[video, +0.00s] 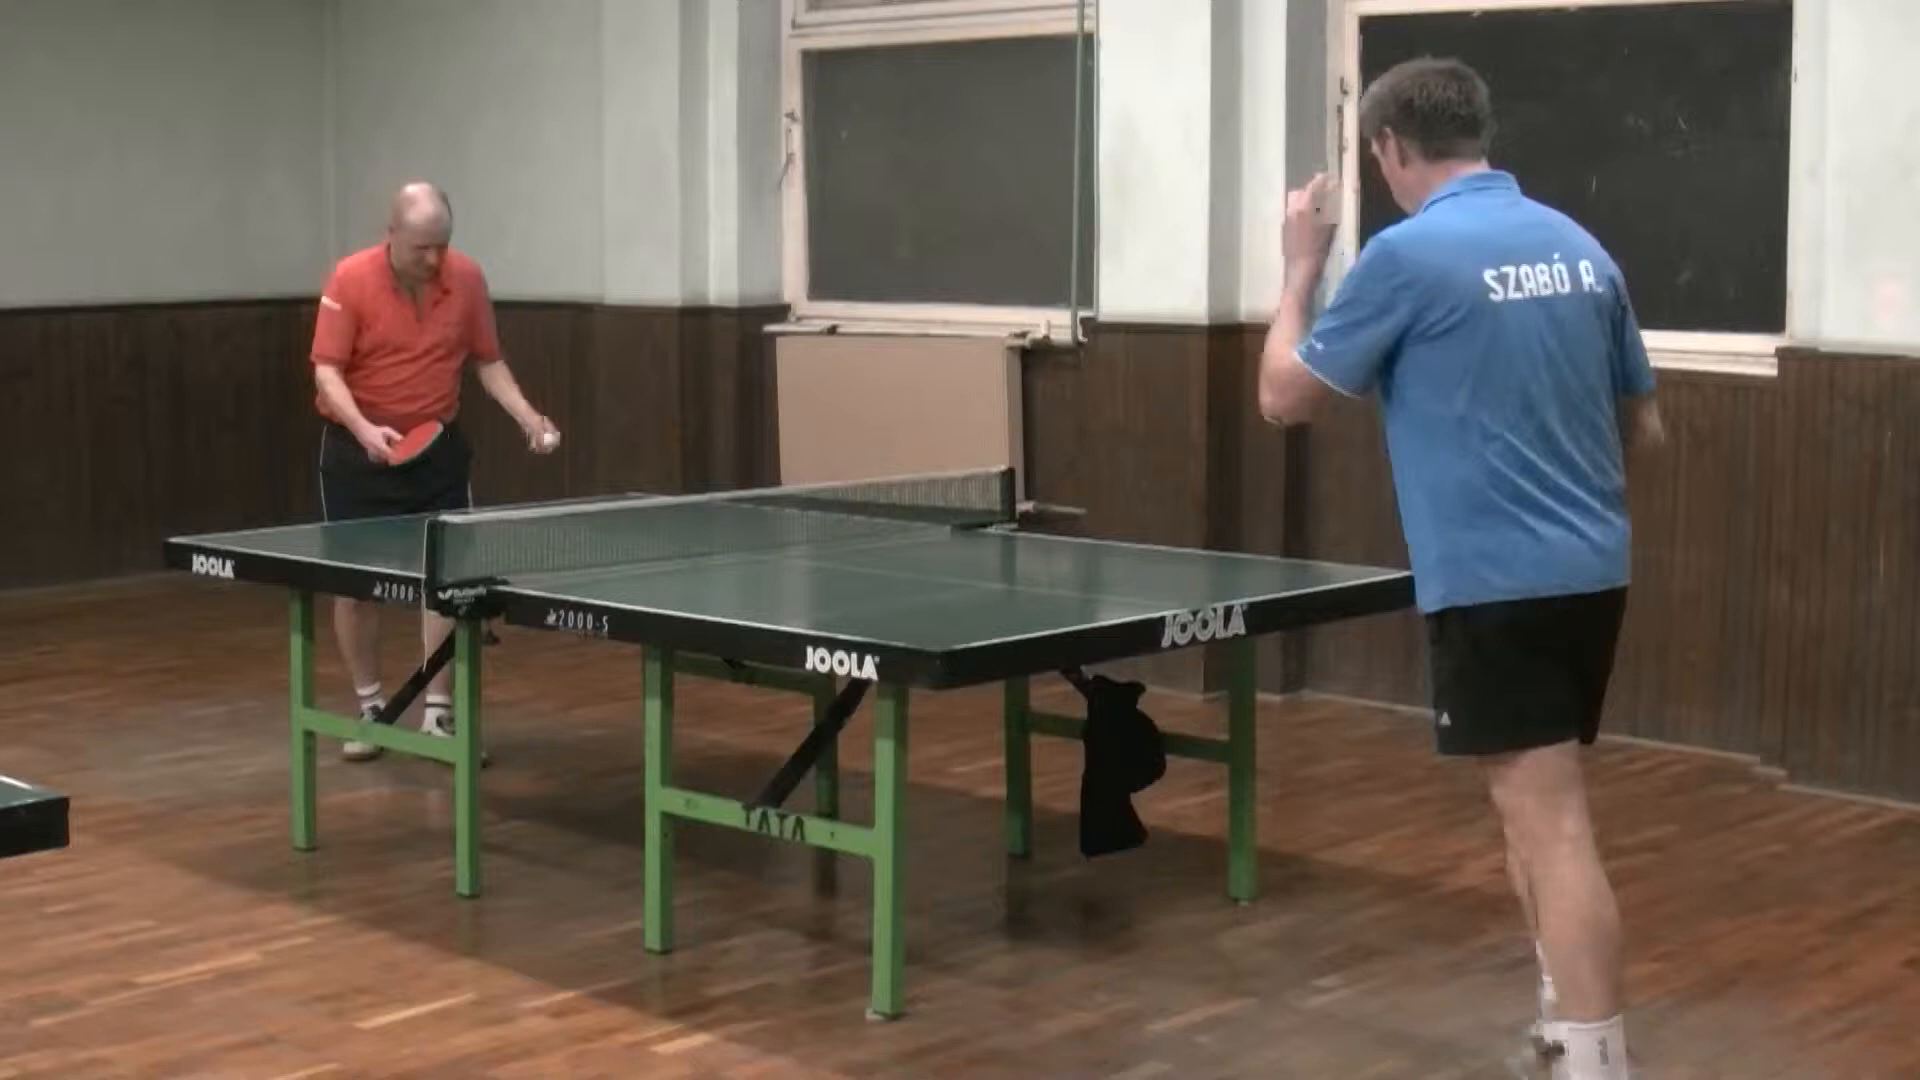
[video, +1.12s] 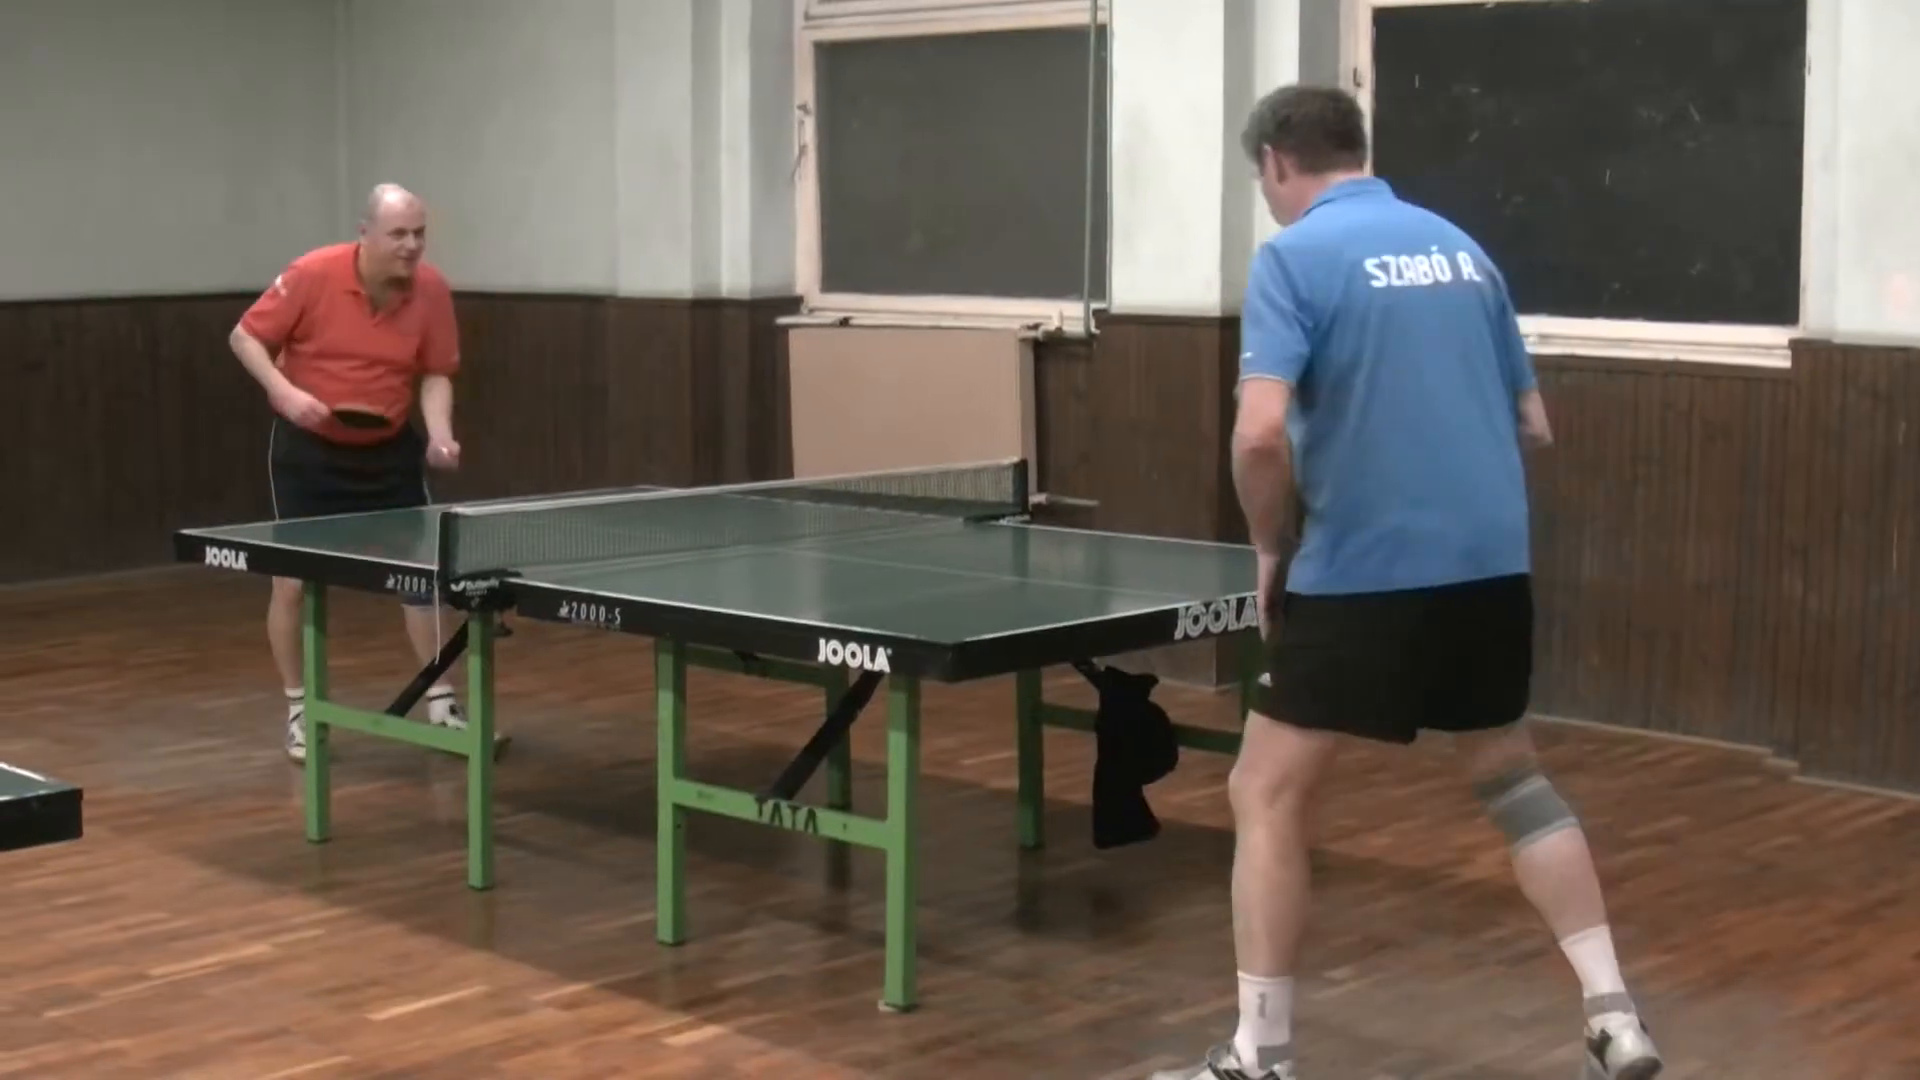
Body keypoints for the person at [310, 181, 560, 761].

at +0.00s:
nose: (434, 258)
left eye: (441, 246)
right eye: (422, 247)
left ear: (450, 236)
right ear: (391, 235)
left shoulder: (465, 277)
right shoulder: (351, 280)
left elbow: (489, 362)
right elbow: (326, 373)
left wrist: (529, 417)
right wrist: (364, 429)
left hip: (438, 450)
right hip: (360, 451)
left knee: (444, 581)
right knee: (354, 582)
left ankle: (438, 711)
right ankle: (370, 709)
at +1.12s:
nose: (412, 245)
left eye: (419, 233)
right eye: (399, 235)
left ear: (425, 235)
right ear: (365, 235)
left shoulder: (432, 290)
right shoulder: (314, 275)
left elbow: (437, 373)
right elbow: (246, 336)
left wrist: (439, 433)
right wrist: (284, 392)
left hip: (393, 447)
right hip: (310, 447)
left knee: (421, 575)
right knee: (294, 580)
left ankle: (443, 705)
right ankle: (299, 707)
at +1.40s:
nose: (370, 212)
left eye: (375, 201)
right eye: (357, 203)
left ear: (380, 205)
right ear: (322, 207)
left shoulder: (392, 261)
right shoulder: (277, 264)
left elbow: (425, 327)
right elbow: (231, 349)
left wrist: (446, 345)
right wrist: (301, 362)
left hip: (375, 438)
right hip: (296, 443)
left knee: (394, 571)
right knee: (291, 582)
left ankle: (382, 701)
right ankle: (300, 707)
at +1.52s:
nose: (365, 207)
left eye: (369, 196)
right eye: (352, 198)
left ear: (374, 199)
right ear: (316, 205)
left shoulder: (381, 252)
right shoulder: (276, 262)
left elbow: (437, 302)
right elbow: (248, 354)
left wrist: (455, 273)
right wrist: (329, 349)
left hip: (373, 438)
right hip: (297, 442)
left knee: (392, 573)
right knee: (294, 583)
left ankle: (384, 702)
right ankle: (301, 708)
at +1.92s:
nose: (393, 243)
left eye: (396, 232)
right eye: (383, 232)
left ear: (392, 228)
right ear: (345, 221)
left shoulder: (382, 265)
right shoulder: (303, 262)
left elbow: (446, 296)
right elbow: (314, 359)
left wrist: (507, 287)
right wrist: (390, 346)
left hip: (361, 432)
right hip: (291, 438)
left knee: (439, 520)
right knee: (298, 580)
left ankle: (456, 668)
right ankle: (302, 708)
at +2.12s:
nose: (415, 291)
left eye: (423, 285)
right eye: (413, 279)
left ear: (426, 275)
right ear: (391, 249)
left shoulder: (415, 298)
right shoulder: (328, 263)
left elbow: (460, 330)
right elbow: (252, 301)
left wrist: (520, 347)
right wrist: (325, 350)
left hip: (371, 439)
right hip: (300, 438)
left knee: (424, 557)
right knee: (302, 581)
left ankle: (451, 683)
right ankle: (304, 712)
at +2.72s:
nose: (390, 251)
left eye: (396, 240)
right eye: (378, 241)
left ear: (399, 241)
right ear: (342, 242)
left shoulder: (403, 287)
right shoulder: (295, 284)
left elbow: (424, 345)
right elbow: (230, 356)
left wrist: (457, 397)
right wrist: (282, 395)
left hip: (374, 457)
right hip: (290, 457)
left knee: (422, 576)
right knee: (246, 576)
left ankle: (431, 702)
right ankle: (219, 714)